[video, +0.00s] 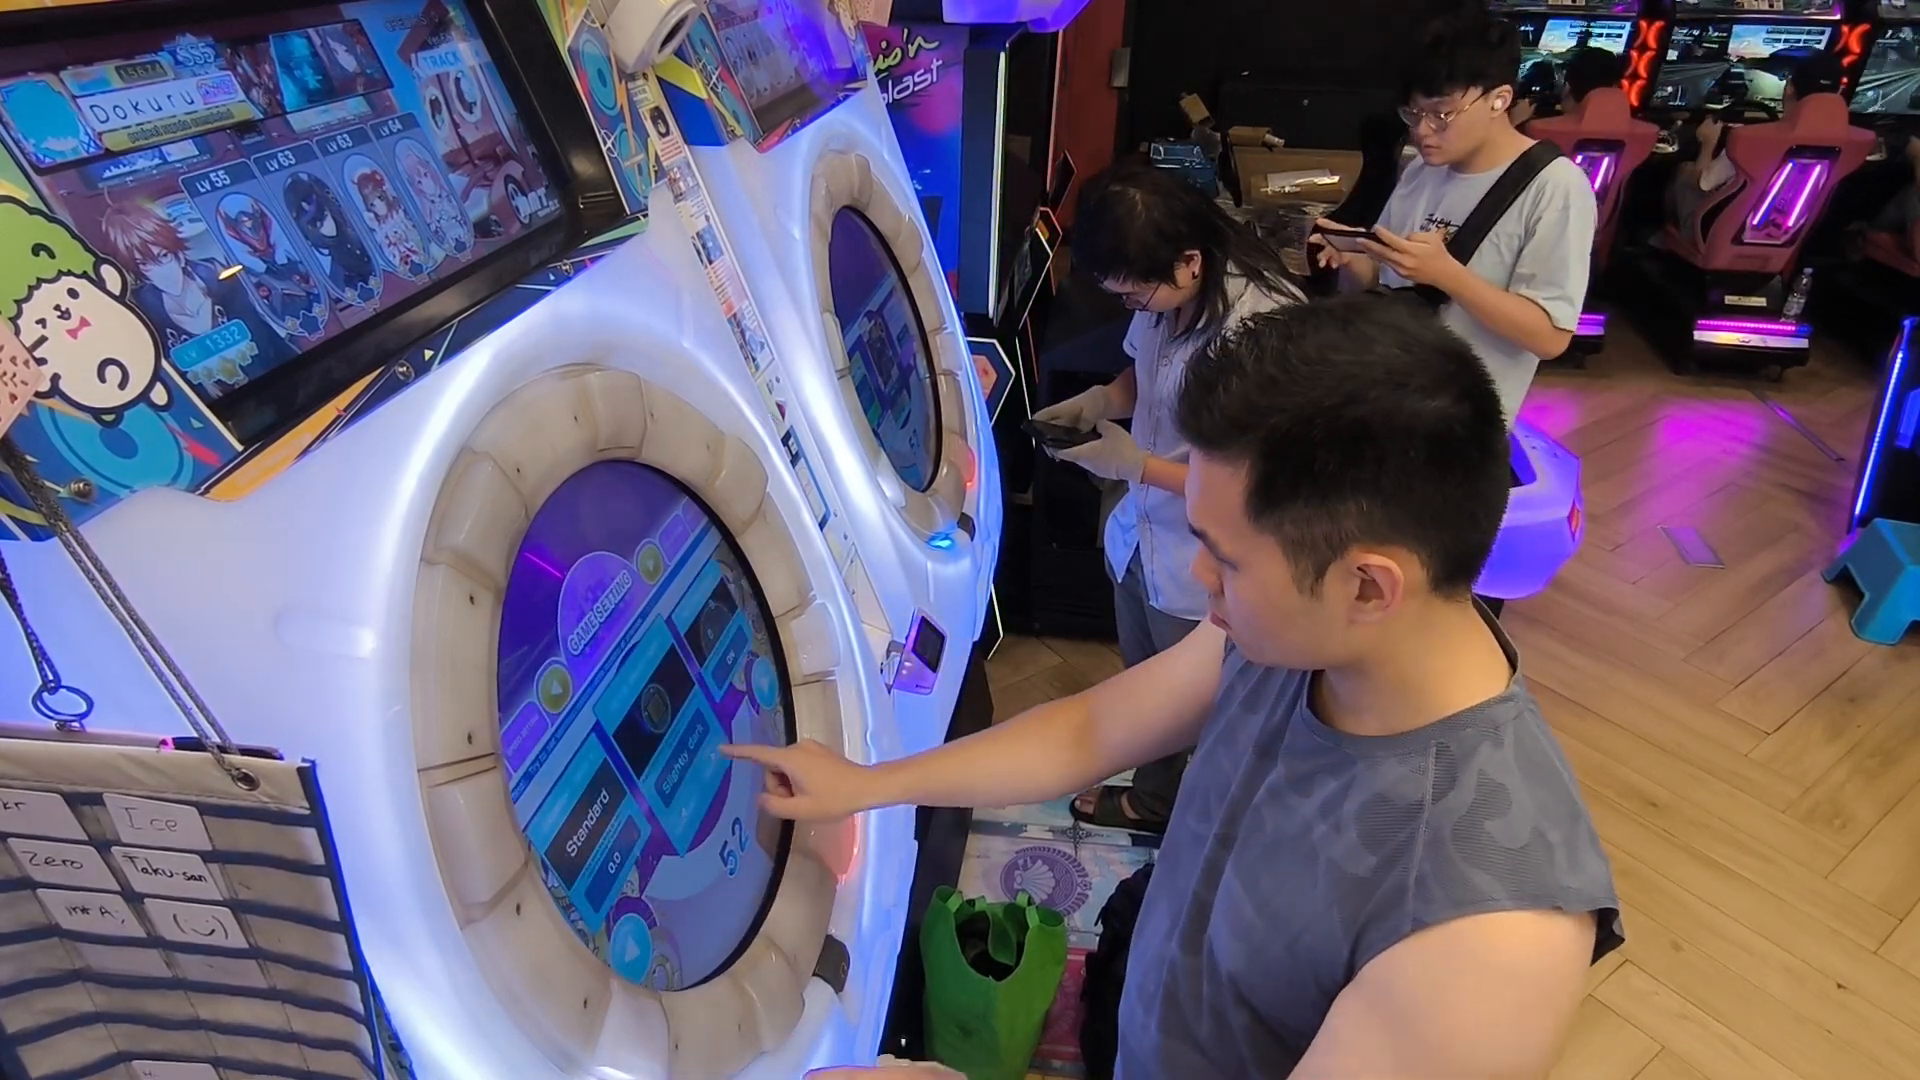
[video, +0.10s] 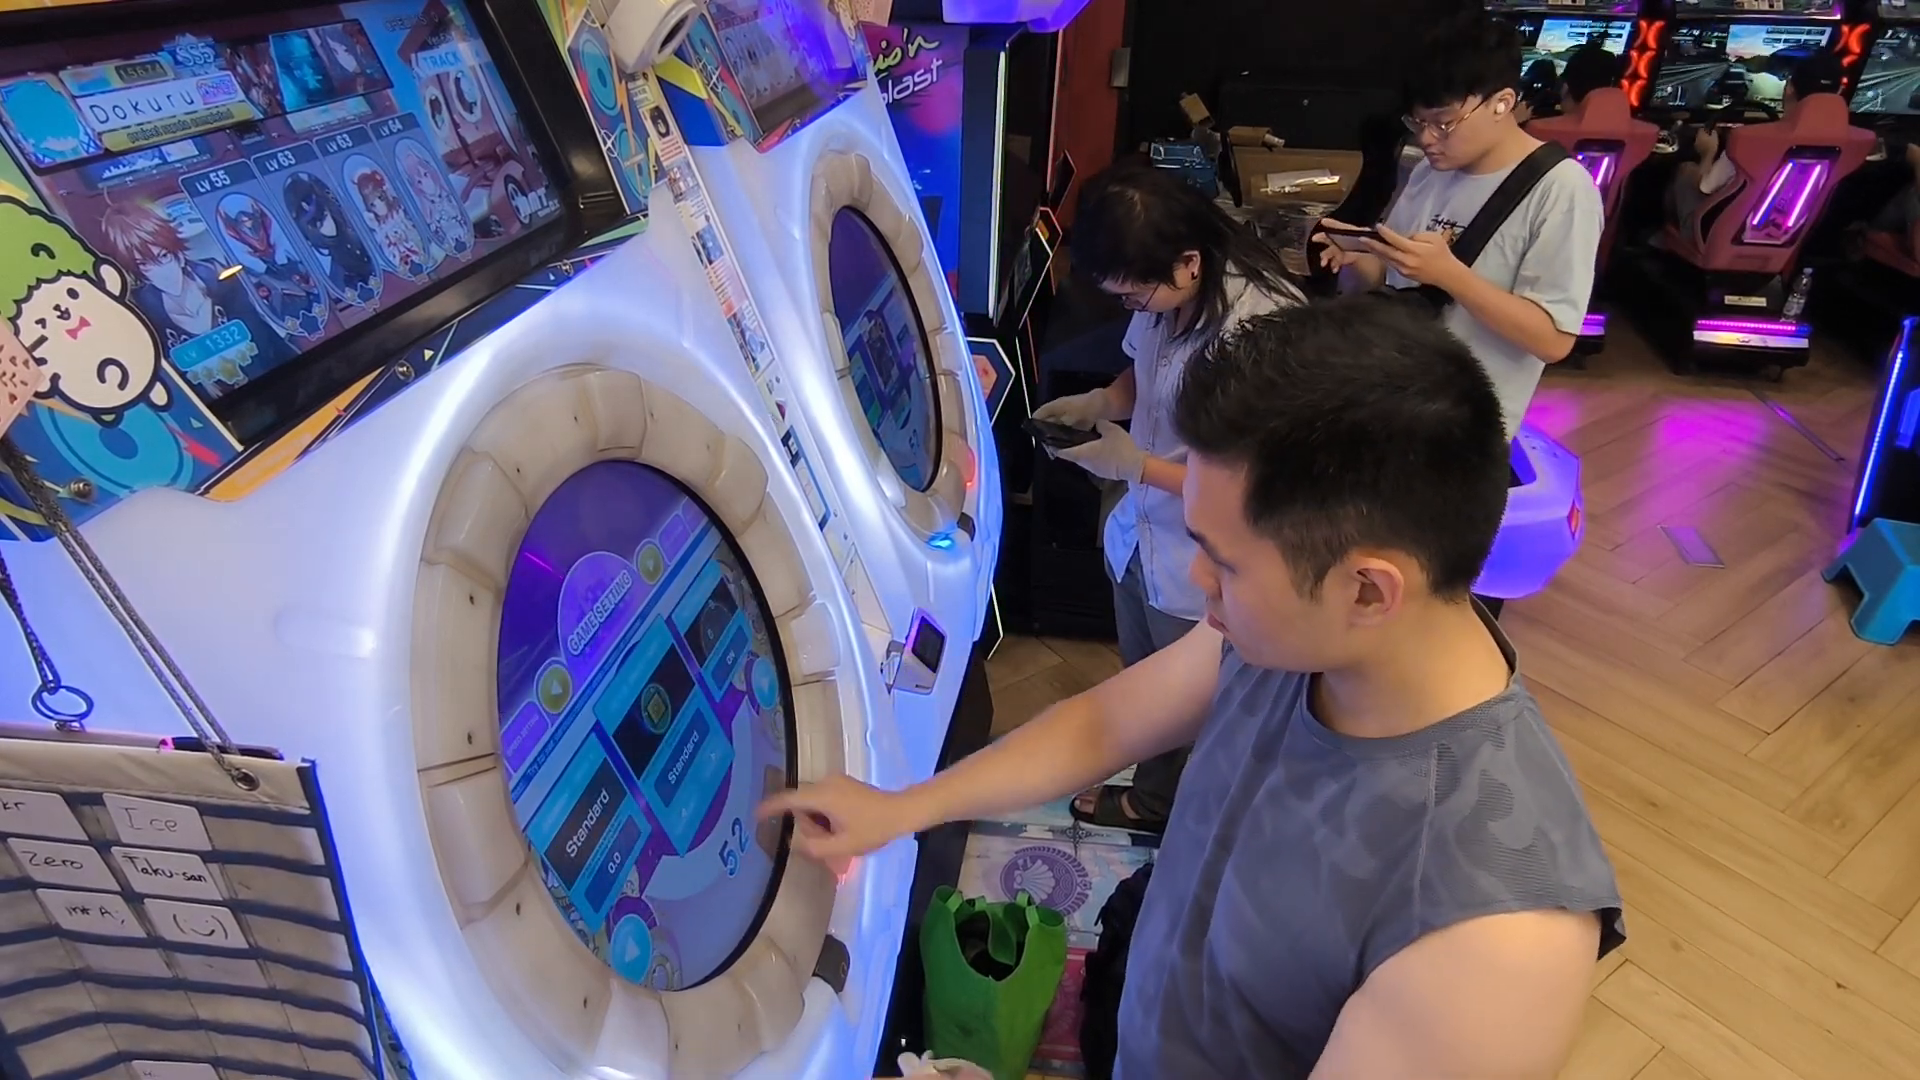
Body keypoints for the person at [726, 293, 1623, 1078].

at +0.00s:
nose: (1194, 577)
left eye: (1223, 556)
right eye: (1200, 539)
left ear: (1373, 589)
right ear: (1371, 583)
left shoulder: (1490, 909)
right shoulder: (1295, 630)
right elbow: (1089, 732)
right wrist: (871, 783)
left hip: (1203, 1073)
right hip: (1132, 1011)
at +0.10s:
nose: (1191, 579)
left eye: (1222, 561)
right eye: (1198, 544)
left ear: (1370, 593)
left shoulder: (1494, 918)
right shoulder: (1296, 626)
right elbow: (1101, 726)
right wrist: (904, 805)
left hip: (1208, 1075)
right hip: (1131, 1002)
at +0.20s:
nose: (1188, 580)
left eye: (1212, 564)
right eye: (1192, 546)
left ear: (1366, 595)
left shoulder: (1502, 926)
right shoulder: (1287, 632)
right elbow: (1129, 714)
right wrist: (972, 837)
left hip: (1209, 1076)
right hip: (1131, 997)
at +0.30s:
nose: (1184, 584)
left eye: (1210, 569)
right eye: (1188, 553)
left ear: (1357, 595)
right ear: (1353, 594)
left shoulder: (1505, 927)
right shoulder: (1284, 637)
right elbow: (1146, 719)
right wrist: (998, 850)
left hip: (1215, 1074)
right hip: (1127, 1016)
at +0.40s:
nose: (1174, 587)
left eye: (1199, 570)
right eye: (1176, 555)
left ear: (1343, 593)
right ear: (1341, 593)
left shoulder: (1502, 926)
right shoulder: (1285, 643)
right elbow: (1164, 731)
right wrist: (1006, 843)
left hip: (1213, 1072)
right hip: (1130, 1006)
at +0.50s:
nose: (1164, 582)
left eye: (1188, 566)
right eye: (1165, 550)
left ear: (1331, 589)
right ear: (1329, 591)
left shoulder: (1501, 925)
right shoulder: (1288, 642)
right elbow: (1165, 748)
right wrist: (1000, 843)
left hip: (1213, 1073)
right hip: (1140, 984)